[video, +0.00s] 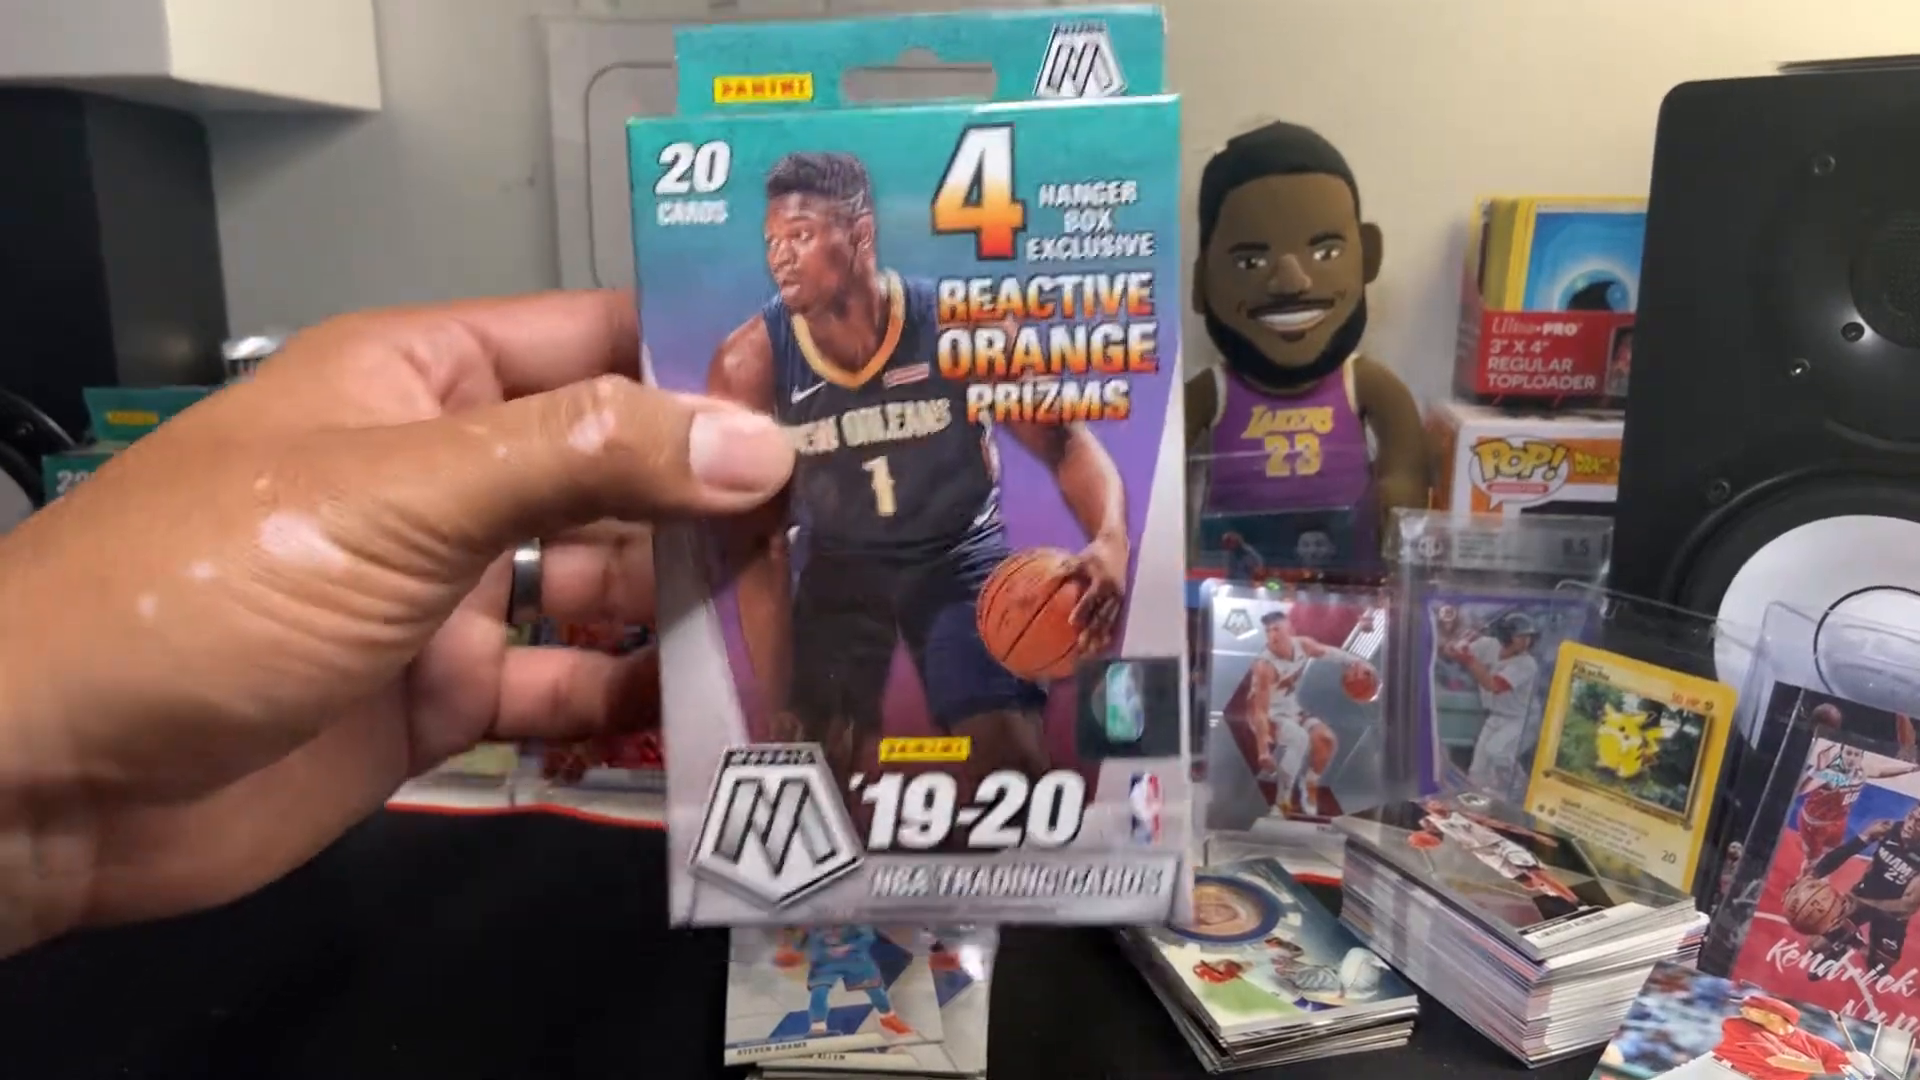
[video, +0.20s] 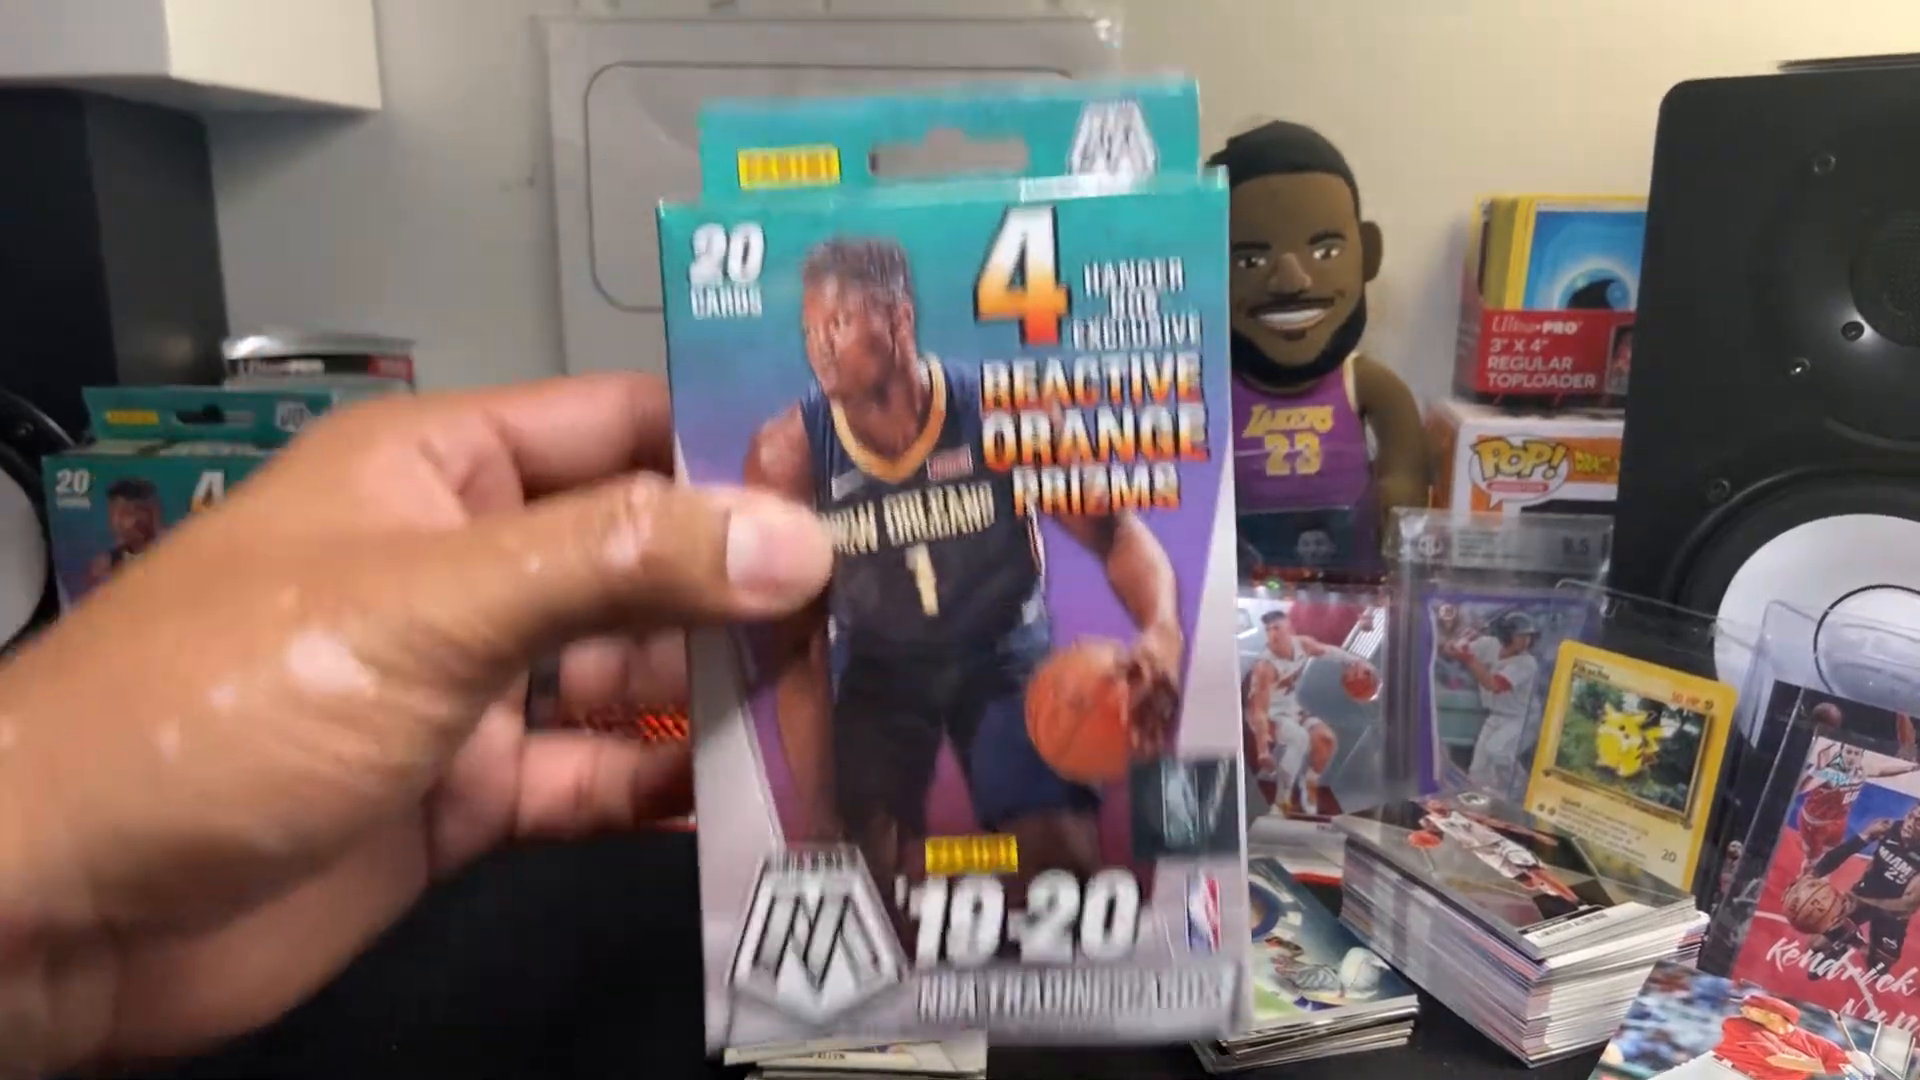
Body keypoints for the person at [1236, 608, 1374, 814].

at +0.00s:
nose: (1273, 635)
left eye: (1277, 629)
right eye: (1269, 631)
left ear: (1288, 629)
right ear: (1266, 634)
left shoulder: (1303, 645)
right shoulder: (1263, 665)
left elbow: (1331, 653)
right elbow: (1258, 711)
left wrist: (1358, 662)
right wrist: (1264, 752)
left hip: (1293, 710)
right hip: (1269, 714)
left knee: (1326, 740)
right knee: (1299, 738)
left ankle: (1310, 785)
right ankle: (1282, 802)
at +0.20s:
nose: (1275, 634)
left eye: (1279, 628)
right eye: (1270, 629)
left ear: (1289, 629)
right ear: (1266, 634)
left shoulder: (1303, 644)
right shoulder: (1264, 666)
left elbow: (1331, 652)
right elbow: (1258, 711)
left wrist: (1359, 662)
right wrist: (1263, 751)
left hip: (1294, 709)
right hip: (1271, 712)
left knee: (1327, 740)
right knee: (1300, 738)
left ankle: (1310, 785)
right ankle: (1282, 800)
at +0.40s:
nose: (1274, 634)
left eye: (1279, 628)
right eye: (1270, 629)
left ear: (1289, 628)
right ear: (1266, 633)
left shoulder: (1303, 644)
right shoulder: (1264, 666)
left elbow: (1331, 652)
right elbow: (1260, 709)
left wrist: (1359, 662)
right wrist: (1263, 749)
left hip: (1295, 710)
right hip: (1273, 712)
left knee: (1326, 740)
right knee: (1299, 738)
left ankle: (1311, 786)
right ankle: (1282, 801)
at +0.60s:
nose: (1273, 635)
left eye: (1278, 628)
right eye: (1269, 630)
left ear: (1289, 629)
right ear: (1266, 634)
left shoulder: (1304, 644)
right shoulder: (1264, 666)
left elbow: (1331, 653)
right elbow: (1260, 710)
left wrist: (1359, 662)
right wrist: (1263, 749)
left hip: (1295, 709)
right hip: (1273, 712)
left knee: (1326, 740)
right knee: (1299, 738)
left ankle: (1311, 785)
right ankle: (1283, 799)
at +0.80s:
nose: (1274, 635)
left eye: (1278, 628)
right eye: (1270, 629)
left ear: (1288, 627)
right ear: (1266, 633)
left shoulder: (1303, 644)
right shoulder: (1266, 665)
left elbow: (1332, 652)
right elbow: (1262, 707)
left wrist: (1359, 662)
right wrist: (1265, 743)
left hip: (1296, 709)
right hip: (1274, 713)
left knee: (1326, 739)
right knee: (1299, 738)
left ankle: (1311, 786)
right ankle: (1282, 800)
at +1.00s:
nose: (1275, 634)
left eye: (1279, 628)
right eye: (1270, 629)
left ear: (1288, 627)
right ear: (1266, 632)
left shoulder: (1302, 643)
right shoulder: (1267, 663)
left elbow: (1331, 651)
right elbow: (1263, 703)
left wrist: (1359, 662)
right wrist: (1264, 729)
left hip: (1297, 710)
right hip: (1275, 712)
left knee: (1326, 739)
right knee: (1298, 738)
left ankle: (1311, 786)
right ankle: (1284, 796)